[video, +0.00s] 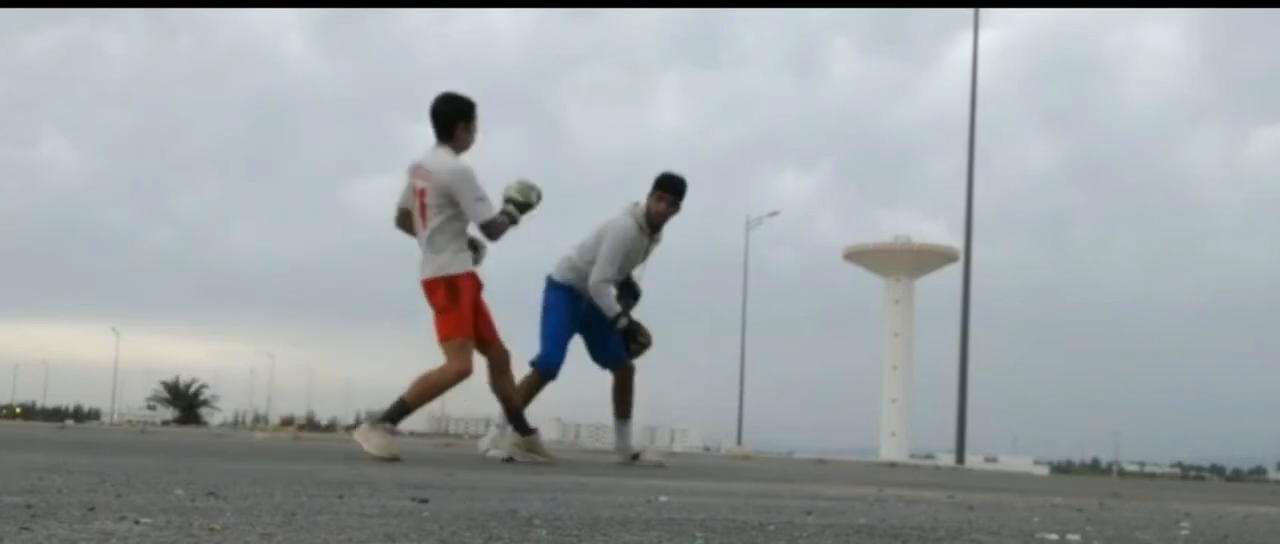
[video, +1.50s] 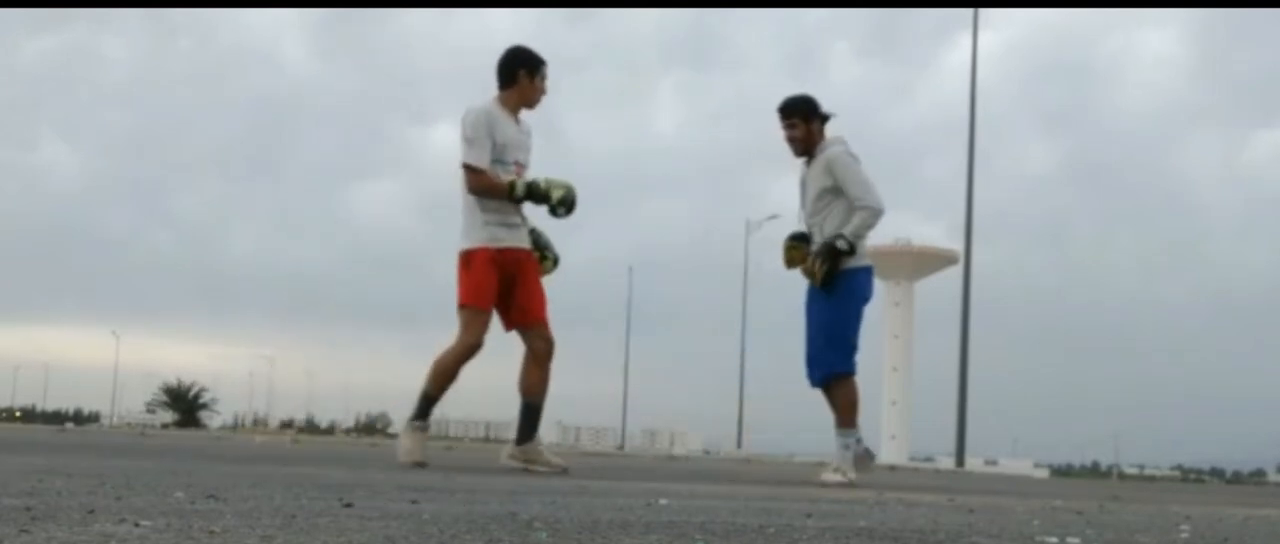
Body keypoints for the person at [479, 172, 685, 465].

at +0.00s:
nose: (662, 208)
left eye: (671, 204)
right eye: (659, 200)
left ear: (677, 210)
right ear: (648, 198)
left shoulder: (652, 236)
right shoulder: (623, 228)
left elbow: (621, 265)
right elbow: (597, 283)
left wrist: (627, 284)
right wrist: (622, 321)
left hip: (596, 297)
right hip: (565, 288)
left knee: (624, 369)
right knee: (548, 367)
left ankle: (623, 447)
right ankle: (498, 433)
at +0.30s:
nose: (695, 171)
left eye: (703, 166)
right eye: (691, 163)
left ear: (716, 171)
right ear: (685, 164)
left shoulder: (715, 213)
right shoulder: (665, 201)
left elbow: (700, 254)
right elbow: (632, 247)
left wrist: (699, 276)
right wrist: (658, 278)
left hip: (674, 300)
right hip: (638, 292)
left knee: (689, 371)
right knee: (606, 360)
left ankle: (656, 451)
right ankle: (540, 428)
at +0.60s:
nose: (702, 150)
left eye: (709, 143)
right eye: (697, 144)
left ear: (727, 142)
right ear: (694, 146)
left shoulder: (753, 184)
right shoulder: (693, 185)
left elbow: (787, 233)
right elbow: (674, 227)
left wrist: (752, 245)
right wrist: (680, 246)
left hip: (737, 288)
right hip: (699, 286)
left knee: (727, 374)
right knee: (712, 371)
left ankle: (697, 432)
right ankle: (742, 449)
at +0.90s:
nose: (738, 130)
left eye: (745, 122)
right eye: (734, 124)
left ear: (766, 120)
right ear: (733, 127)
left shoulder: (795, 161)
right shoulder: (734, 170)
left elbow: (832, 209)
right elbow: (725, 218)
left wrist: (796, 227)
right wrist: (731, 237)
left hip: (786, 276)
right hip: (745, 277)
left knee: (798, 359)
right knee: (740, 365)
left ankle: (820, 459)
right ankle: (747, 456)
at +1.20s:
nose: (774, 134)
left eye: (780, 125)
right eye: (771, 127)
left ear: (803, 124)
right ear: (773, 130)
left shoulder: (832, 159)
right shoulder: (788, 174)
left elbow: (867, 207)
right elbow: (805, 221)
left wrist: (829, 236)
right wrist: (792, 243)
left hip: (835, 278)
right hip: (801, 280)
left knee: (836, 368)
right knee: (776, 366)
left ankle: (844, 462)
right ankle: (772, 452)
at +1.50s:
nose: (789, 135)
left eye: (795, 127)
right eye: (785, 128)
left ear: (816, 125)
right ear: (788, 130)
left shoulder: (836, 156)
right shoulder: (810, 168)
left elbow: (871, 206)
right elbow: (818, 218)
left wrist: (840, 245)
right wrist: (803, 239)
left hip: (846, 273)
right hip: (825, 273)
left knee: (837, 364)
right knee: (822, 366)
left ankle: (846, 457)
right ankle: (854, 448)